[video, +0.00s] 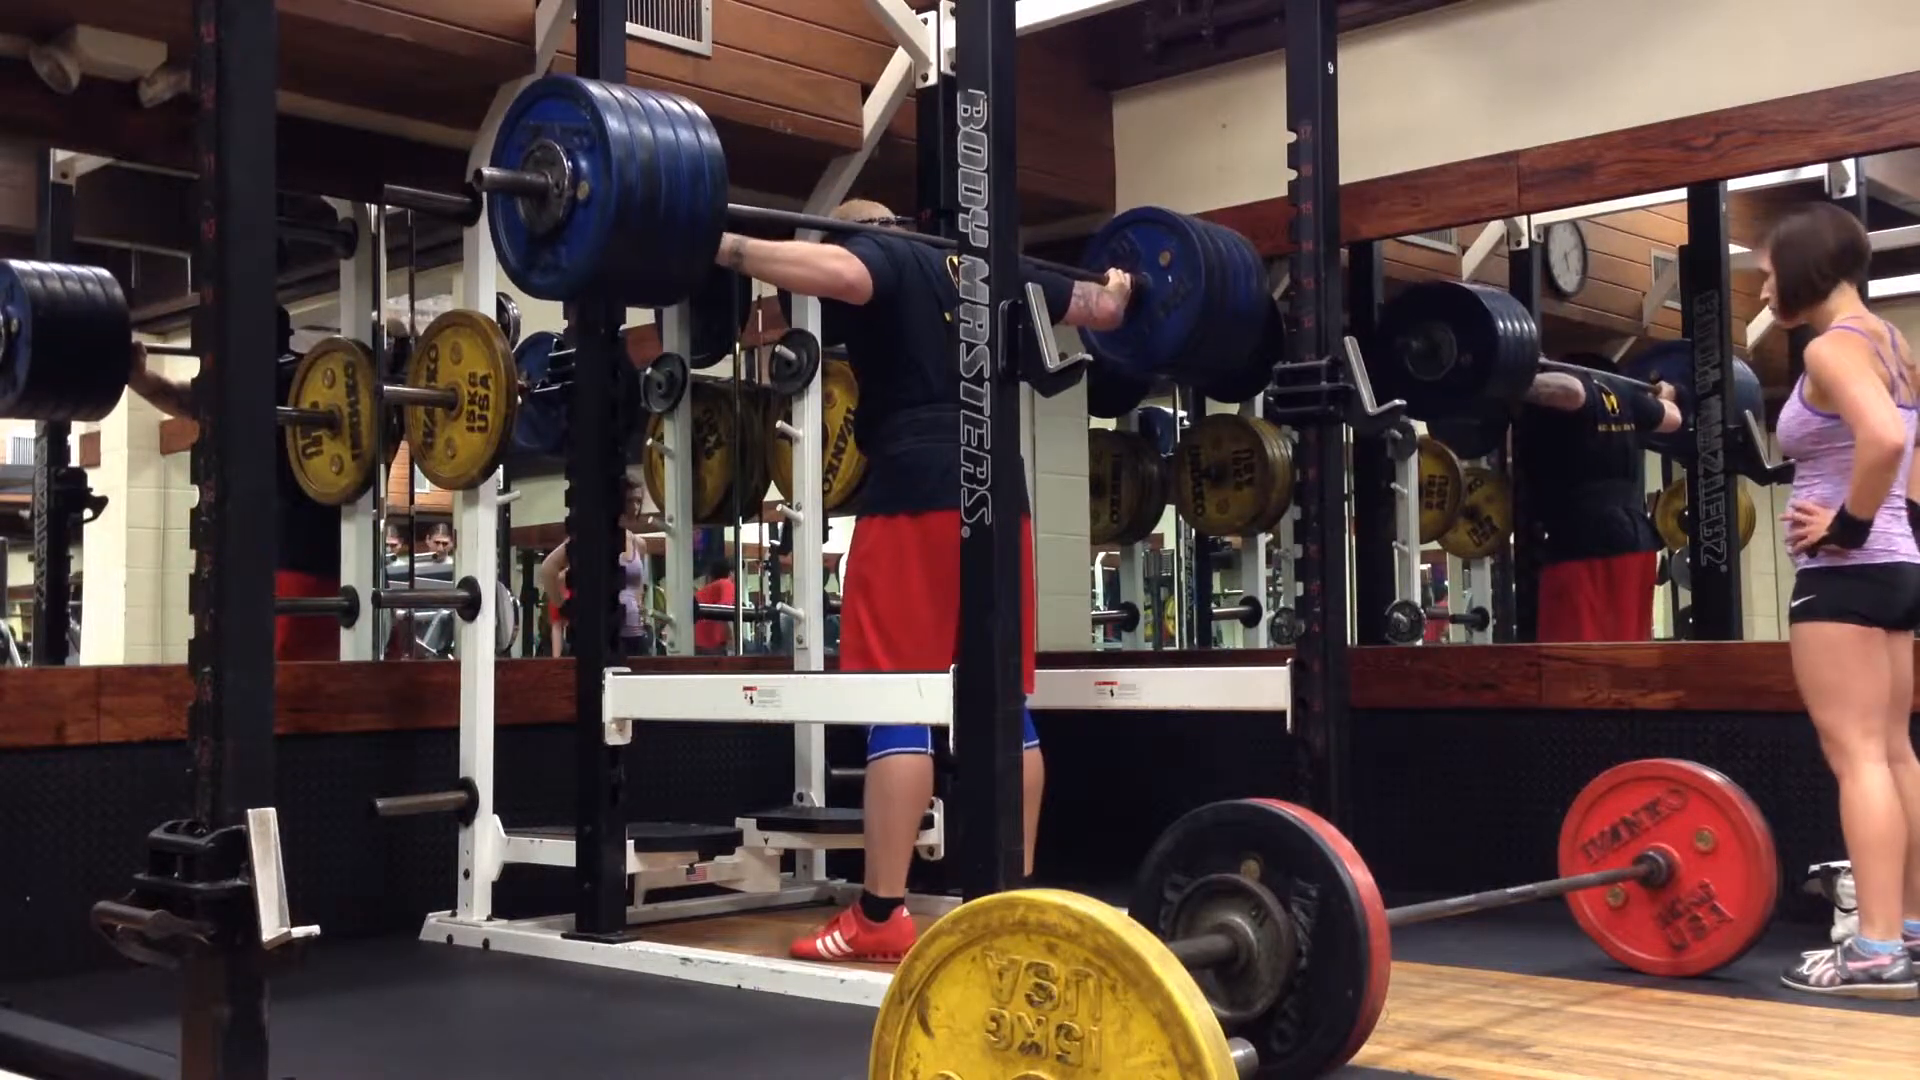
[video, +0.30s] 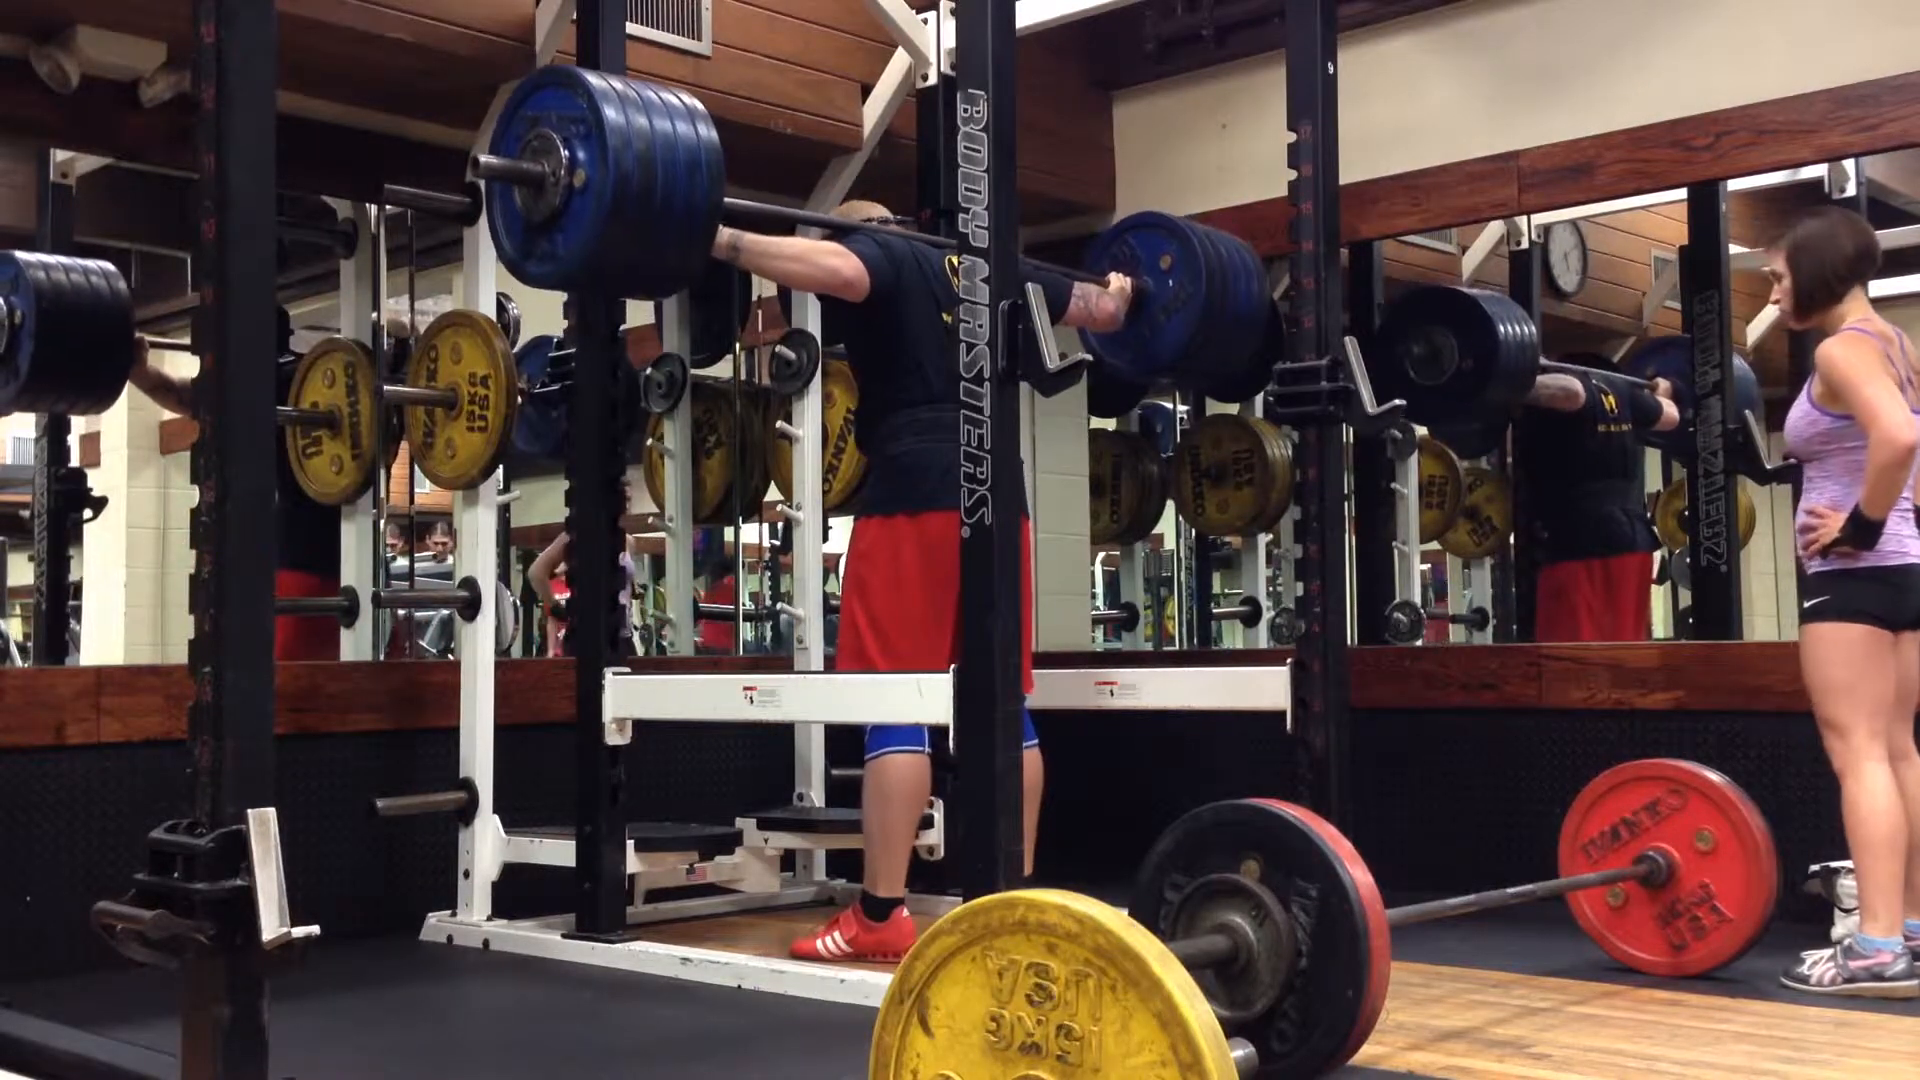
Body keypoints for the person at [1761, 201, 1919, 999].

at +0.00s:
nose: (1762, 283)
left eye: (1767, 268)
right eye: (1762, 267)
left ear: (1795, 271)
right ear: (1848, 264)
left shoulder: (1830, 347)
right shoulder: (1881, 339)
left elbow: (1885, 439)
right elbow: (1904, 456)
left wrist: (1845, 523)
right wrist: (1841, 510)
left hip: (1846, 575)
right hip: (1893, 569)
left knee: (1857, 756)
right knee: (1894, 749)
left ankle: (1877, 943)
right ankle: (1905, 924)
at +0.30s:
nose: (1775, 284)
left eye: (1781, 271)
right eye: (1775, 270)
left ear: (1809, 274)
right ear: (1857, 269)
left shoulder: (1842, 349)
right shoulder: (1887, 339)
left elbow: (1896, 437)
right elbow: (1894, 445)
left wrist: (1859, 526)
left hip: (1852, 578)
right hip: (1899, 572)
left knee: (1859, 753)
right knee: (1899, 747)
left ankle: (1878, 941)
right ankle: (1907, 923)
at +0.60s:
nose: (1775, 291)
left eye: (1782, 276)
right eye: (1774, 276)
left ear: (1822, 271)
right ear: (1849, 270)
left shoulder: (1845, 345)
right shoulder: (1882, 338)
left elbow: (1898, 430)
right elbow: (1885, 442)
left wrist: (1862, 524)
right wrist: (1836, 508)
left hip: (1853, 575)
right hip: (1892, 571)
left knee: (1861, 754)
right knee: (1899, 751)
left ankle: (1883, 941)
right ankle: (1896, 930)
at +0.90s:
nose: (1775, 290)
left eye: (1782, 274)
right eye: (1774, 275)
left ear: (1822, 270)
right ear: (1850, 270)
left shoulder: (1844, 345)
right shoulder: (1883, 339)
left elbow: (1896, 431)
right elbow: (1890, 439)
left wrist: (1854, 523)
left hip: (1851, 576)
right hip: (1892, 571)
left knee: (1859, 755)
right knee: (1896, 749)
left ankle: (1883, 942)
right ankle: (1897, 929)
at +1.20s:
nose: (1771, 287)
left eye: (1778, 272)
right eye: (1771, 272)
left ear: (1814, 270)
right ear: (1851, 270)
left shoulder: (1838, 343)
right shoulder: (1883, 340)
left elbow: (1891, 430)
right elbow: (1906, 455)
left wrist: (1847, 521)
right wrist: (1866, 514)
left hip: (1848, 576)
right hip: (1892, 570)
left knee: (1857, 757)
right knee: (1893, 749)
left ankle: (1882, 942)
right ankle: (1903, 927)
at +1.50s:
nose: (1770, 286)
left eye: (1777, 271)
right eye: (1769, 271)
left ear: (1812, 267)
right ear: (1851, 267)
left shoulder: (1835, 344)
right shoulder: (1883, 342)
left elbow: (1888, 431)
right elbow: (1906, 457)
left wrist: (1844, 522)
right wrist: (1873, 515)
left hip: (1844, 575)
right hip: (1889, 570)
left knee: (1856, 757)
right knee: (1889, 749)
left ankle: (1882, 942)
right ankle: (1902, 926)